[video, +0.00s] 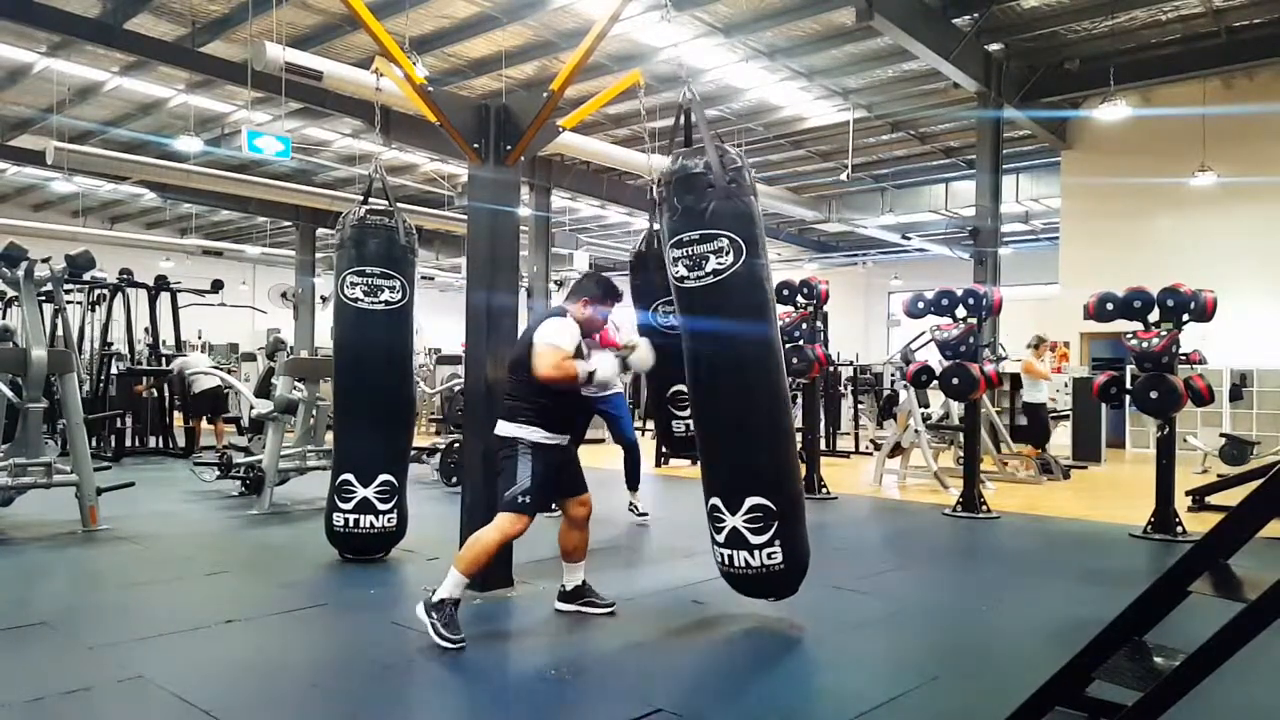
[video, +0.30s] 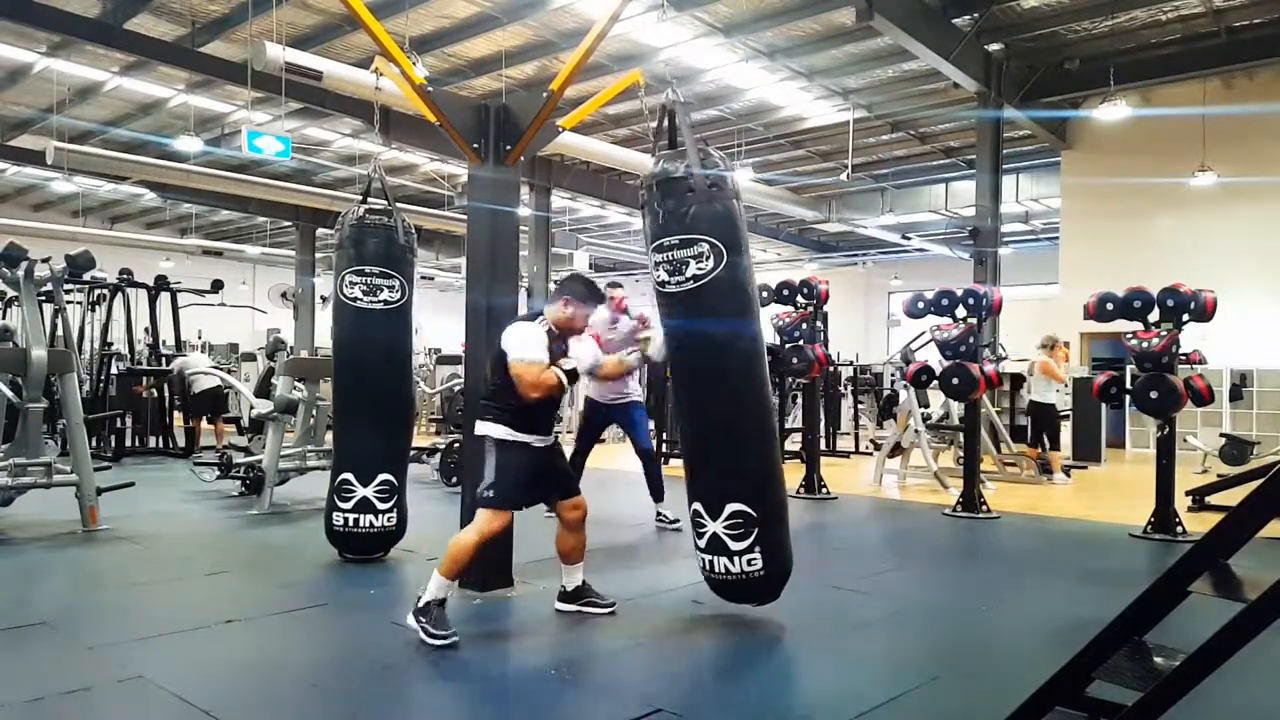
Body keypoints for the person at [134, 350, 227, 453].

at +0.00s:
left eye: (173, 365)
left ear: (177, 360)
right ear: (187, 355)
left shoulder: (178, 362)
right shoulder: (202, 356)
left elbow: (163, 378)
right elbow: (216, 367)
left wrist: (145, 387)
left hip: (200, 391)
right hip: (217, 387)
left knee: (196, 421)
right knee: (218, 420)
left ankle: (196, 448)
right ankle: (220, 446)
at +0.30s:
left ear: (177, 360)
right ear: (187, 355)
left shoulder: (178, 362)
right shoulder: (202, 356)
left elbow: (163, 378)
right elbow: (216, 367)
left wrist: (144, 388)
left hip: (200, 391)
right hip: (217, 387)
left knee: (196, 421)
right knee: (218, 420)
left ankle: (196, 447)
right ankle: (220, 446)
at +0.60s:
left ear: (177, 360)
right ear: (187, 355)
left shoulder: (177, 362)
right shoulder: (202, 357)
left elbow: (161, 379)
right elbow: (215, 367)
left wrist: (142, 386)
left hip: (199, 391)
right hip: (216, 387)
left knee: (196, 422)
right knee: (218, 420)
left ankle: (196, 448)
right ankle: (220, 446)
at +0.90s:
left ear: (181, 357)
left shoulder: (181, 361)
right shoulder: (203, 357)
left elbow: (171, 373)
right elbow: (214, 367)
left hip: (200, 390)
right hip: (217, 386)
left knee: (196, 421)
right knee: (219, 419)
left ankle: (196, 447)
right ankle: (220, 446)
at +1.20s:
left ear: (188, 352)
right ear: (200, 350)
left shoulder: (184, 360)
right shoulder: (210, 356)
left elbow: (184, 380)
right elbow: (221, 368)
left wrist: (183, 399)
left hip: (201, 391)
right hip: (220, 388)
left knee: (197, 421)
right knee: (220, 420)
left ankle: (197, 447)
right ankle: (220, 446)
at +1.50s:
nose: (191, 353)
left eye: (192, 351)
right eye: (191, 351)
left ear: (195, 349)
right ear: (205, 346)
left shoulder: (195, 356)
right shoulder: (221, 354)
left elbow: (193, 379)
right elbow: (231, 371)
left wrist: (192, 395)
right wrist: (230, 386)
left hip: (206, 391)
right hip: (223, 390)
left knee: (199, 420)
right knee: (223, 421)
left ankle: (197, 446)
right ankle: (220, 446)